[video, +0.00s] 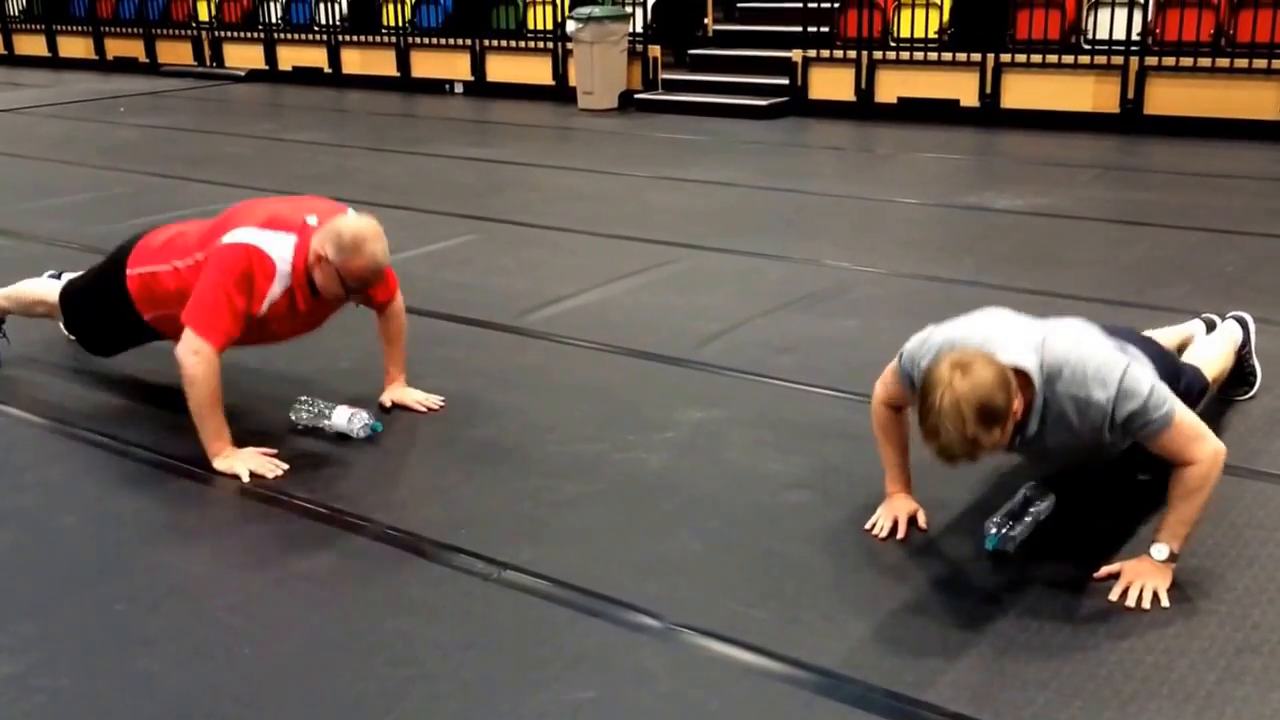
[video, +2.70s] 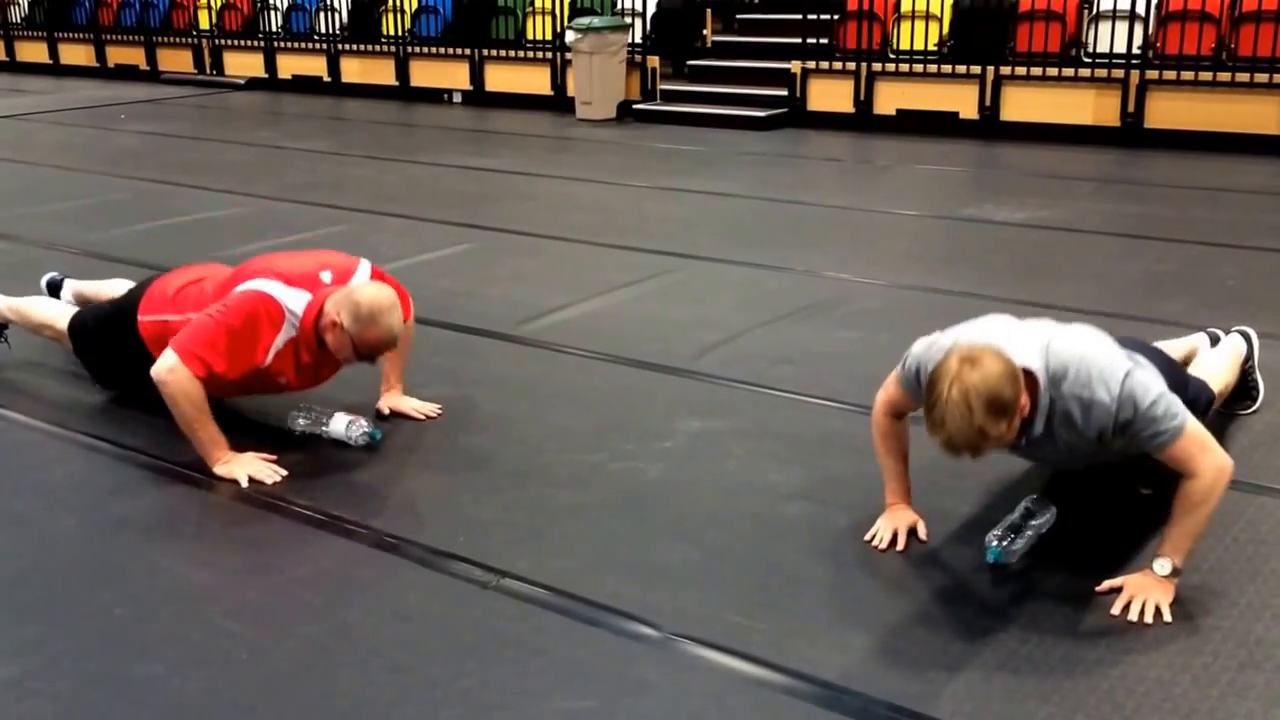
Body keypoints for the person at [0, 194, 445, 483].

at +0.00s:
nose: (352, 298)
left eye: (363, 289)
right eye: (346, 286)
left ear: (379, 256)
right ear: (321, 258)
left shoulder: (360, 246)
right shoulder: (249, 260)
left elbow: (391, 306)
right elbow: (194, 354)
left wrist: (396, 381)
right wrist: (224, 452)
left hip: (205, 269)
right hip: (146, 280)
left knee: (113, 304)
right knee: (68, 305)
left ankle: (69, 293)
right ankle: (13, 298)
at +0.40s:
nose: (349, 358)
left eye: (365, 356)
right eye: (346, 348)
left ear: (390, 327)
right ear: (331, 317)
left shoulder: (374, 291)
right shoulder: (261, 308)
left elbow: (399, 313)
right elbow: (172, 370)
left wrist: (395, 385)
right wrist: (222, 455)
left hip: (200, 286)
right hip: (147, 318)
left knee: (134, 292)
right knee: (73, 327)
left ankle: (64, 285)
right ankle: (5, 307)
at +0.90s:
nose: (365, 323)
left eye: (376, 313)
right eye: (358, 313)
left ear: (389, 284)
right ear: (327, 288)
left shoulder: (367, 266)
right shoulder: (254, 286)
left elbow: (398, 316)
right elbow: (183, 369)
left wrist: (394, 390)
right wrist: (221, 457)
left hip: (199, 274)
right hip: (146, 301)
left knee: (120, 289)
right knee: (70, 317)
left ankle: (69, 289)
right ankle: (7, 307)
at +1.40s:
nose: (363, 387)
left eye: (373, 381)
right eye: (357, 379)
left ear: (398, 336)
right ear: (337, 350)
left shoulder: (382, 303)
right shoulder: (265, 332)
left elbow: (402, 310)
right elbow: (169, 376)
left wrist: (394, 387)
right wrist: (223, 459)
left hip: (202, 304)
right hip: (148, 337)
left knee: (140, 306)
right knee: (71, 336)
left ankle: (65, 290)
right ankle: (5, 308)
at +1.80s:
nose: (361, 343)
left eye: (372, 336)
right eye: (356, 332)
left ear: (389, 313)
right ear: (332, 304)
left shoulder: (370, 276)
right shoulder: (261, 300)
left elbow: (403, 318)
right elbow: (180, 371)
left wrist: (396, 390)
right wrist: (223, 458)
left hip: (203, 277)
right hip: (149, 307)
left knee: (128, 288)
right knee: (69, 319)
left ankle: (64, 286)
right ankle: (6, 309)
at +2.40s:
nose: (368, 410)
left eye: (381, 404)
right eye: (363, 403)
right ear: (343, 372)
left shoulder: (389, 313)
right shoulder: (271, 345)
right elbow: (168, 376)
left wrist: (388, 394)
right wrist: (223, 457)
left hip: (223, 308)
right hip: (160, 337)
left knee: (142, 310)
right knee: (74, 339)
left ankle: (68, 289)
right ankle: (5, 306)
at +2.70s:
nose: (350, 358)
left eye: (364, 356)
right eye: (349, 349)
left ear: (390, 322)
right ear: (332, 317)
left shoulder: (374, 291)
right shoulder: (259, 312)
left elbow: (400, 317)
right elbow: (172, 374)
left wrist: (393, 388)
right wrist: (222, 457)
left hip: (200, 285)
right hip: (147, 322)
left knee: (133, 293)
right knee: (73, 326)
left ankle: (65, 286)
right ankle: (6, 307)